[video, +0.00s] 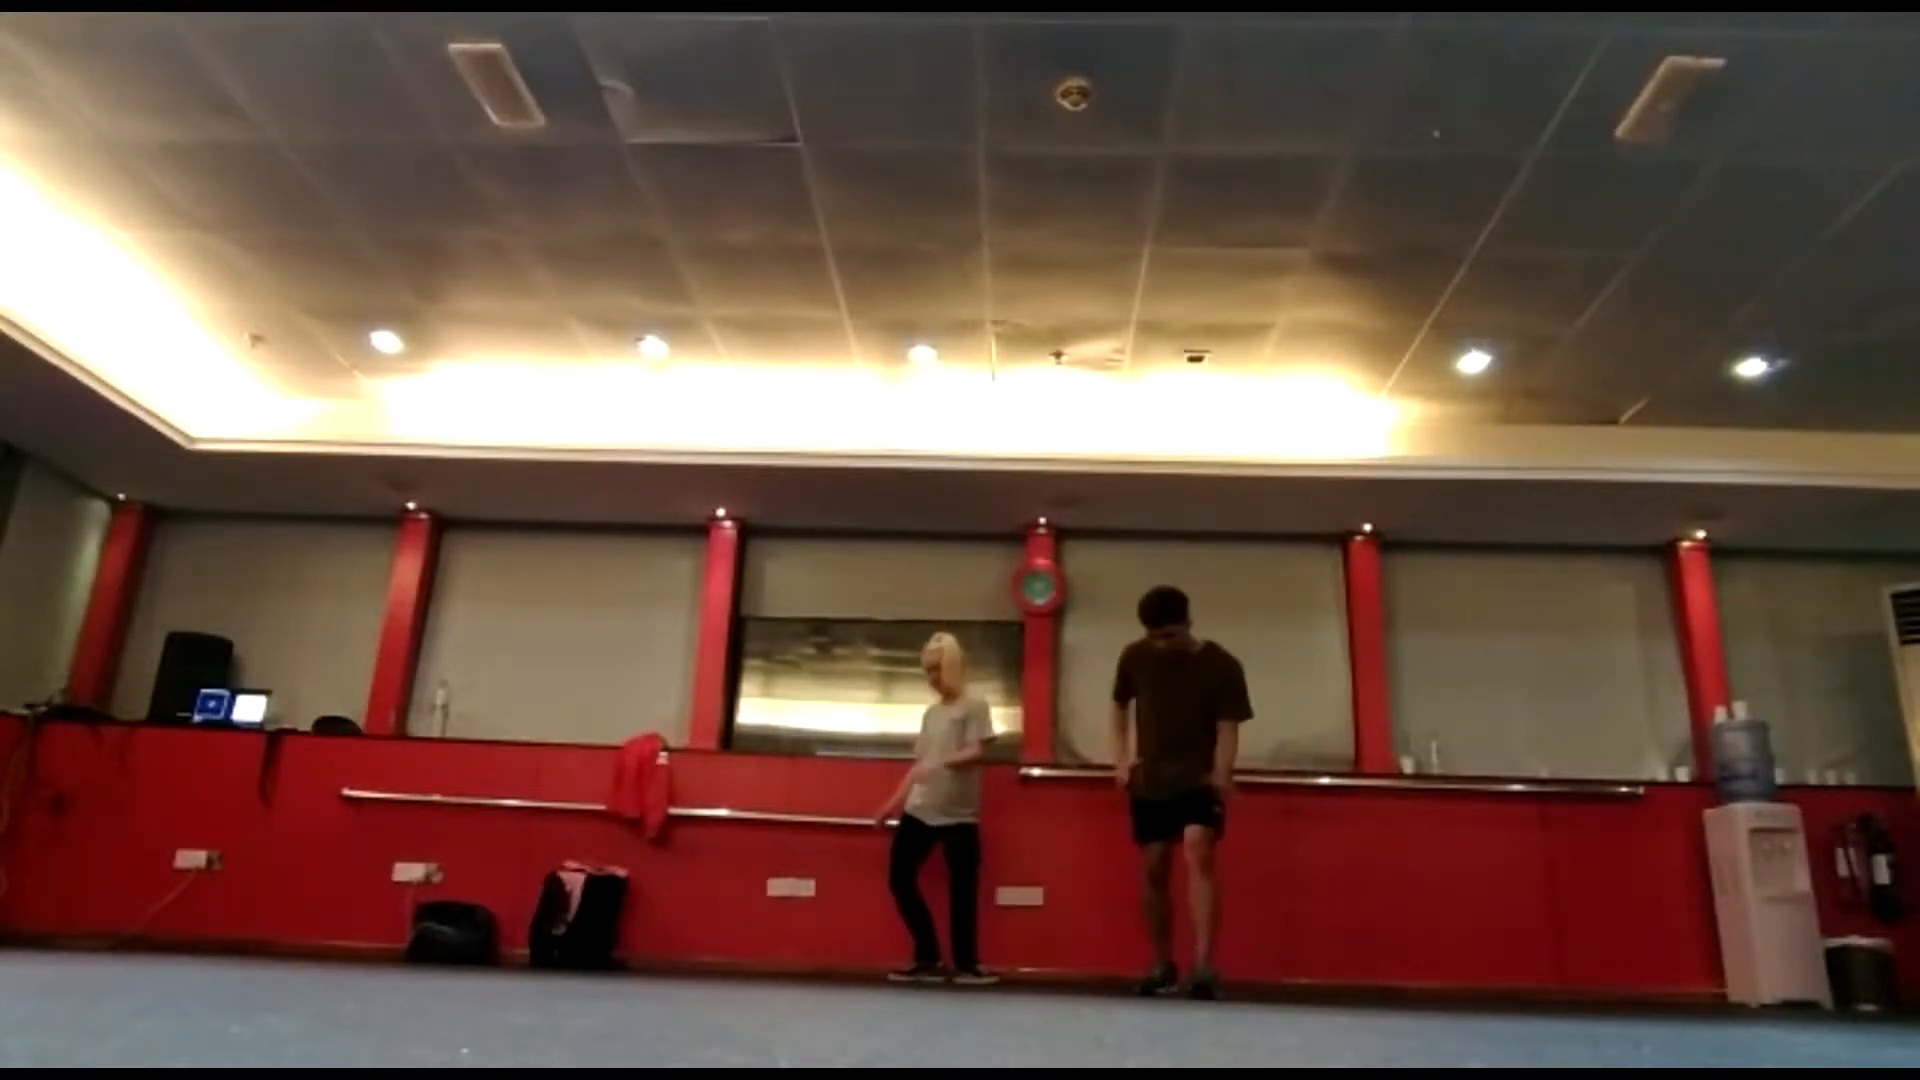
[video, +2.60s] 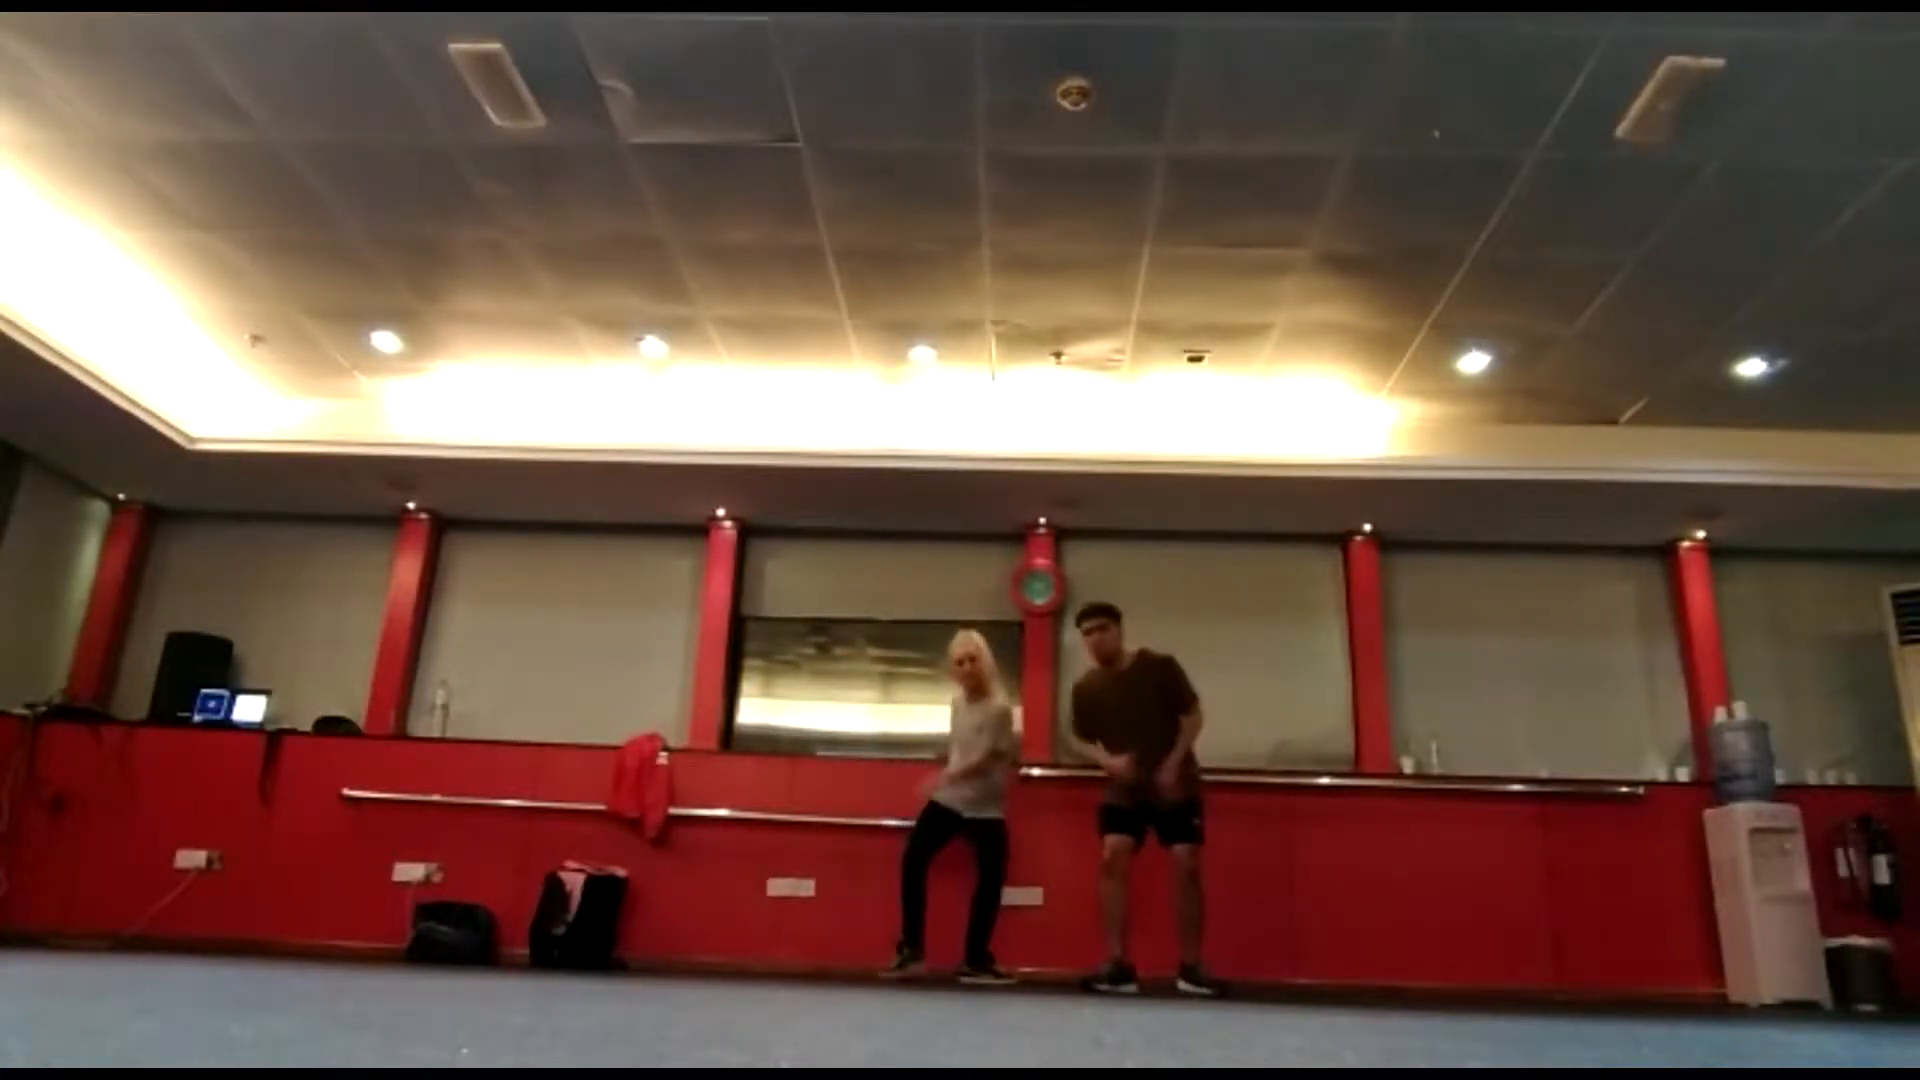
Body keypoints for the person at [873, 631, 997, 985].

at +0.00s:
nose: (930, 677)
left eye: (936, 669)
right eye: (927, 670)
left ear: (954, 667)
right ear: (926, 671)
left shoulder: (974, 707)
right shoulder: (931, 713)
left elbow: (978, 751)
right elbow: (919, 766)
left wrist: (939, 765)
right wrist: (892, 804)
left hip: (959, 817)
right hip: (921, 813)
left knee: (963, 893)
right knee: (901, 879)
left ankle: (964, 963)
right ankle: (927, 958)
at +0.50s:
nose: (914, 670)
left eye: (920, 661)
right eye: (908, 663)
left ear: (935, 661)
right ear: (902, 666)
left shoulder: (949, 699)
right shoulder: (918, 708)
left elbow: (963, 724)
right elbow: (920, 762)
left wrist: (950, 750)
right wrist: (900, 796)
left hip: (956, 811)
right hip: (920, 811)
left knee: (959, 890)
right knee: (901, 876)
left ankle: (964, 962)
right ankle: (926, 957)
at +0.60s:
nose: (907, 674)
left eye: (914, 666)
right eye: (902, 668)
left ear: (929, 667)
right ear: (896, 672)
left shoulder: (945, 704)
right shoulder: (909, 716)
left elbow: (975, 734)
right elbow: (915, 770)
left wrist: (1002, 755)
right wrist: (895, 806)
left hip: (955, 815)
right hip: (917, 815)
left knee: (961, 893)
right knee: (898, 880)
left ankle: (965, 963)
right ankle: (927, 958)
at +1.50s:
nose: (937, 656)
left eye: (944, 650)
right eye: (931, 649)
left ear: (953, 657)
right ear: (917, 652)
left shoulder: (952, 695)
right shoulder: (906, 696)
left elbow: (951, 745)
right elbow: (911, 751)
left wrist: (957, 789)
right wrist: (929, 794)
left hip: (954, 800)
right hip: (914, 801)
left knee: (975, 873)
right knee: (915, 883)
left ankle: (972, 955)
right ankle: (919, 958)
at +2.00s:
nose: (977, 670)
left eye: (985, 664)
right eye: (972, 662)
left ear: (995, 671)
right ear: (960, 665)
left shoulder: (995, 720)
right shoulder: (935, 700)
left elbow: (1001, 767)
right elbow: (896, 723)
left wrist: (1013, 807)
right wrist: (909, 754)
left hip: (962, 811)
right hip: (919, 806)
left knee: (990, 876)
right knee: (914, 886)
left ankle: (975, 959)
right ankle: (919, 959)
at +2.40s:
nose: (981, 679)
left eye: (988, 672)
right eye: (974, 673)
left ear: (1000, 675)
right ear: (966, 677)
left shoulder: (1008, 719)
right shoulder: (959, 709)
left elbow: (998, 775)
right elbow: (948, 756)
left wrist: (983, 821)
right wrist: (933, 797)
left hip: (976, 817)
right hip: (938, 810)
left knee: (992, 884)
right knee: (911, 873)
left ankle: (977, 960)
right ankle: (916, 958)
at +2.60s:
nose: (964, 668)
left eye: (970, 660)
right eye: (958, 662)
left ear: (985, 662)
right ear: (951, 668)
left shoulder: (998, 708)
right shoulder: (959, 702)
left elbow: (993, 756)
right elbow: (958, 745)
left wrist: (947, 777)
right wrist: (948, 766)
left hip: (985, 811)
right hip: (949, 803)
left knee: (991, 883)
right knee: (913, 862)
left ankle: (977, 958)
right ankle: (911, 946)